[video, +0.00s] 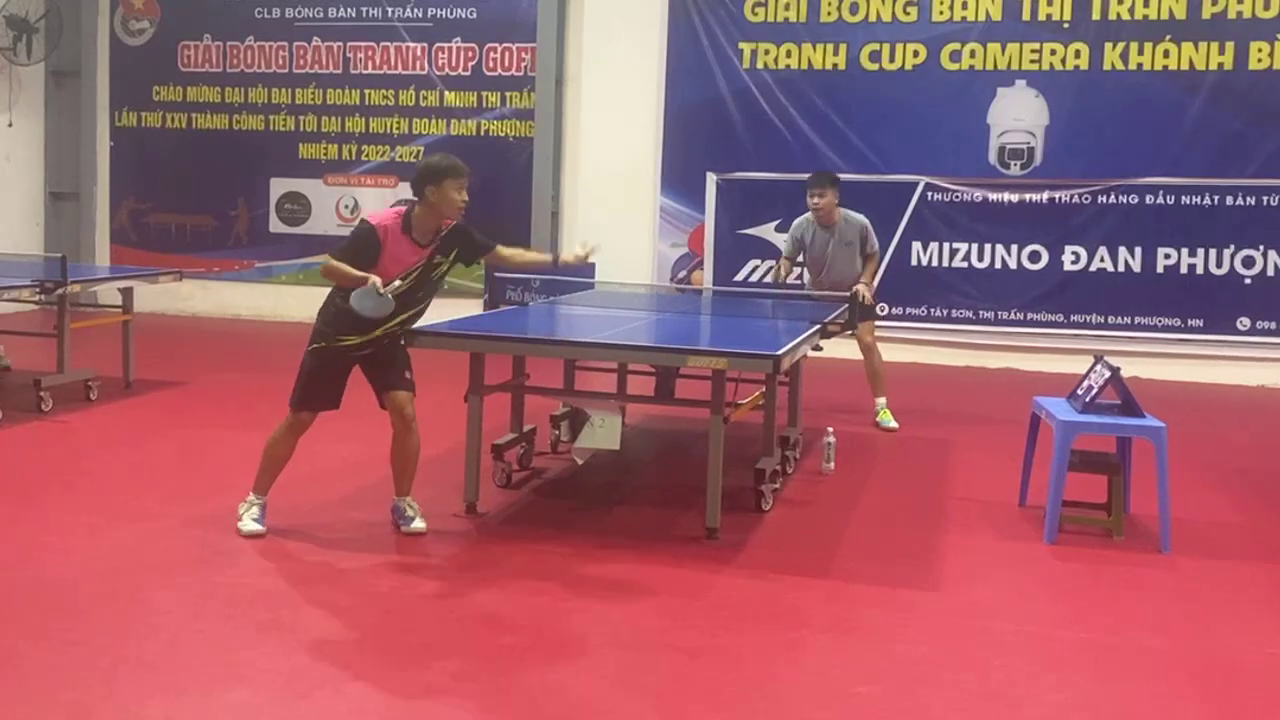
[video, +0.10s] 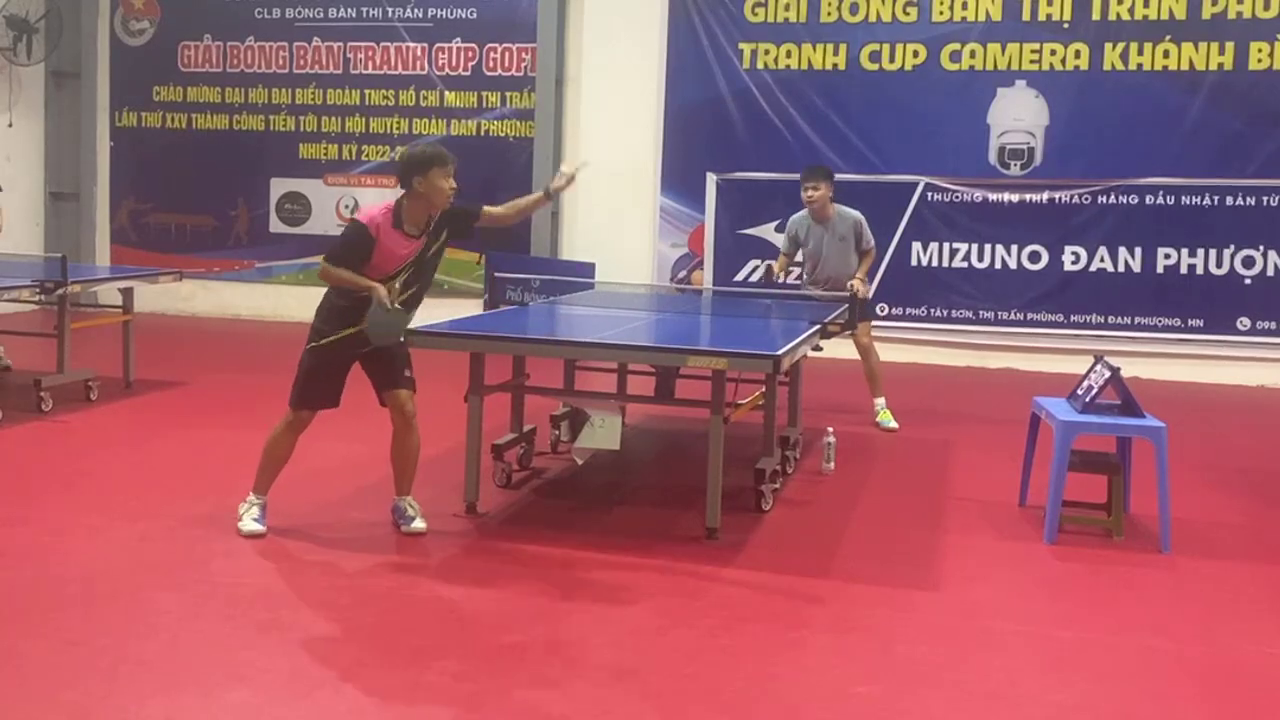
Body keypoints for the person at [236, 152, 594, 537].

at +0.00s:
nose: (465, 199)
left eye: (466, 191)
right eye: (457, 191)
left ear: (452, 196)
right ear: (428, 193)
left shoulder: (455, 236)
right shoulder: (379, 227)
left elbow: (504, 256)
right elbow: (329, 269)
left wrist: (562, 259)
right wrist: (365, 278)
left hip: (389, 339)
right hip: (338, 333)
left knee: (405, 414)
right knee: (298, 420)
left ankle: (403, 503)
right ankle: (255, 501)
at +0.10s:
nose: (453, 185)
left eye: (453, 177)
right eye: (446, 177)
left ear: (435, 184)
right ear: (416, 183)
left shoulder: (443, 219)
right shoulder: (371, 224)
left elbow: (500, 215)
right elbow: (327, 270)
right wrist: (373, 286)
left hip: (386, 330)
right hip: (337, 326)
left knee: (406, 410)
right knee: (298, 418)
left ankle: (404, 502)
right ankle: (255, 500)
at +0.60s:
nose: (403, 169)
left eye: (400, 162)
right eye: (394, 164)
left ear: (380, 176)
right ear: (367, 179)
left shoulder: (402, 203)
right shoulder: (333, 217)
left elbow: (445, 197)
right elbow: (304, 271)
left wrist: (493, 192)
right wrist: (361, 249)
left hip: (371, 327)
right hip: (319, 333)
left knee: (414, 398)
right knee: (293, 423)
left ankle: (384, 473)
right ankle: (257, 501)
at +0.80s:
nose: (426, 230)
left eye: (430, 222)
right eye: (420, 222)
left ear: (428, 216)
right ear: (396, 215)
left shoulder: (412, 243)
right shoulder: (367, 227)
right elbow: (332, 240)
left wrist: (406, 291)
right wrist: (390, 268)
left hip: (380, 344)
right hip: (334, 350)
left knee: (429, 417)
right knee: (315, 443)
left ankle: (387, 498)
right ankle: (260, 503)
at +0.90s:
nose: (461, 227)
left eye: (463, 220)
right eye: (458, 219)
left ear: (436, 213)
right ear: (434, 213)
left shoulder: (418, 224)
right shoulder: (391, 225)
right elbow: (392, 243)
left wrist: (440, 266)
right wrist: (436, 258)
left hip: (378, 335)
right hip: (335, 341)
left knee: (424, 416)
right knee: (342, 437)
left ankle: (386, 497)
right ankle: (273, 485)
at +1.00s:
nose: (473, 211)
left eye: (476, 203)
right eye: (473, 202)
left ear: (443, 193)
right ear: (456, 198)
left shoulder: (408, 209)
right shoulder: (418, 222)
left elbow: (349, 261)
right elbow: (433, 247)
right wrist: (463, 253)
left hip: (376, 325)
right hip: (343, 332)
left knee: (415, 411)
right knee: (368, 425)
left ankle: (385, 497)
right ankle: (291, 489)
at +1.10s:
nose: (477, 193)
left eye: (478, 185)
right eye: (476, 185)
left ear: (441, 179)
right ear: (460, 185)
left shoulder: (407, 201)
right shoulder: (433, 223)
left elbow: (356, 235)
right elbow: (455, 263)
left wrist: (326, 268)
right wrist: (474, 254)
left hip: (369, 324)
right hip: (354, 330)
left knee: (410, 409)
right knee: (393, 419)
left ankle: (383, 498)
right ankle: (333, 517)